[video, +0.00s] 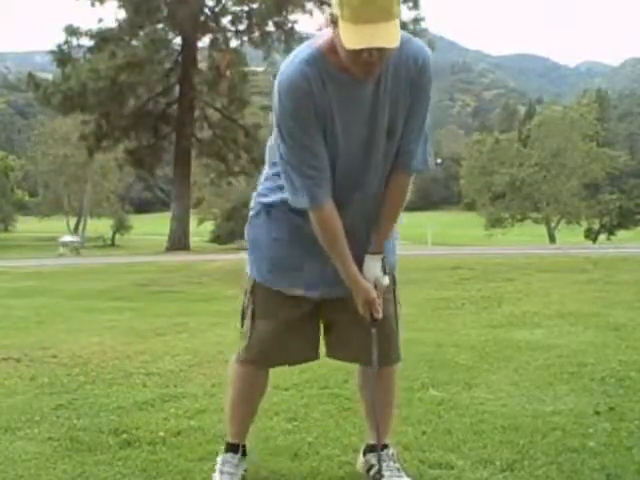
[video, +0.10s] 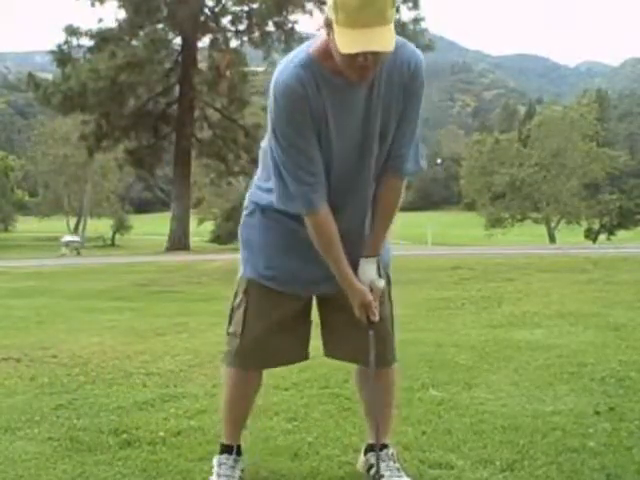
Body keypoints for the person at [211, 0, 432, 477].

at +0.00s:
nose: (371, 57)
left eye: (381, 46)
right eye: (359, 47)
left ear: (395, 28)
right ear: (333, 27)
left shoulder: (413, 63)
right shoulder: (299, 79)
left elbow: (403, 166)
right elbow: (316, 195)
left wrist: (375, 253)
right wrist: (353, 277)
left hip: (368, 227)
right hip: (291, 222)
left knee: (381, 343)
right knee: (259, 344)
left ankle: (379, 453)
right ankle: (233, 454)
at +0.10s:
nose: (366, 64)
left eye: (376, 52)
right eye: (353, 54)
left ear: (390, 32)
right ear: (327, 31)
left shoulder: (406, 67)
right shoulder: (294, 82)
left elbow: (394, 171)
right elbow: (310, 199)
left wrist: (370, 260)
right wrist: (347, 279)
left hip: (360, 225)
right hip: (283, 222)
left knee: (378, 340)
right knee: (250, 341)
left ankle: (380, 453)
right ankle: (229, 454)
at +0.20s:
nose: (358, 70)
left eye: (368, 58)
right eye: (345, 60)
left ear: (381, 39)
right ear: (319, 38)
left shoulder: (397, 71)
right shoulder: (285, 89)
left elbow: (388, 173)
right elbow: (304, 206)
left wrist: (363, 261)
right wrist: (341, 284)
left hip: (352, 227)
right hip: (277, 224)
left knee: (375, 339)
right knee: (248, 343)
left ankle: (379, 452)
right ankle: (227, 455)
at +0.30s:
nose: (348, 71)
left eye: (359, 60)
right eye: (336, 61)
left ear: (372, 40)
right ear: (312, 41)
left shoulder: (392, 75)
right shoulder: (278, 90)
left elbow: (380, 174)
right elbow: (297, 205)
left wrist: (356, 260)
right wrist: (333, 284)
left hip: (347, 226)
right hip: (272, 224)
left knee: (371, 339)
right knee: (247, 344)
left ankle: (378, 452)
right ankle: (227, 455)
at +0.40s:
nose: (342, 68)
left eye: (353, 56)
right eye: (329, 58)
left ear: (366, 36)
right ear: (307, 37)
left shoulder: (388, 71)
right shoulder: (274, 88)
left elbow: (376, 173)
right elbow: (292, 200)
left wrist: (352, 259)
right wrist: (328, 277)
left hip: (347, 227)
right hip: (270, 226)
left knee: (368, 342)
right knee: (244, 342)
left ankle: (377, 451)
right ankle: (226, 453)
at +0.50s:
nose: (337, 64)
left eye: (348, 52)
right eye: (324, 54)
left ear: (363, 33)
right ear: (302, 35)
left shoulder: (385, 68)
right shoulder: (272, 86)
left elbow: (375, 169)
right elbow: (290, 199)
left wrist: (352, 256)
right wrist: (328, 277)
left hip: (346, 226)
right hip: (269, 225)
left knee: (367, 341)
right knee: (243, 342)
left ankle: (377, 450)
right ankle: (226, 454)